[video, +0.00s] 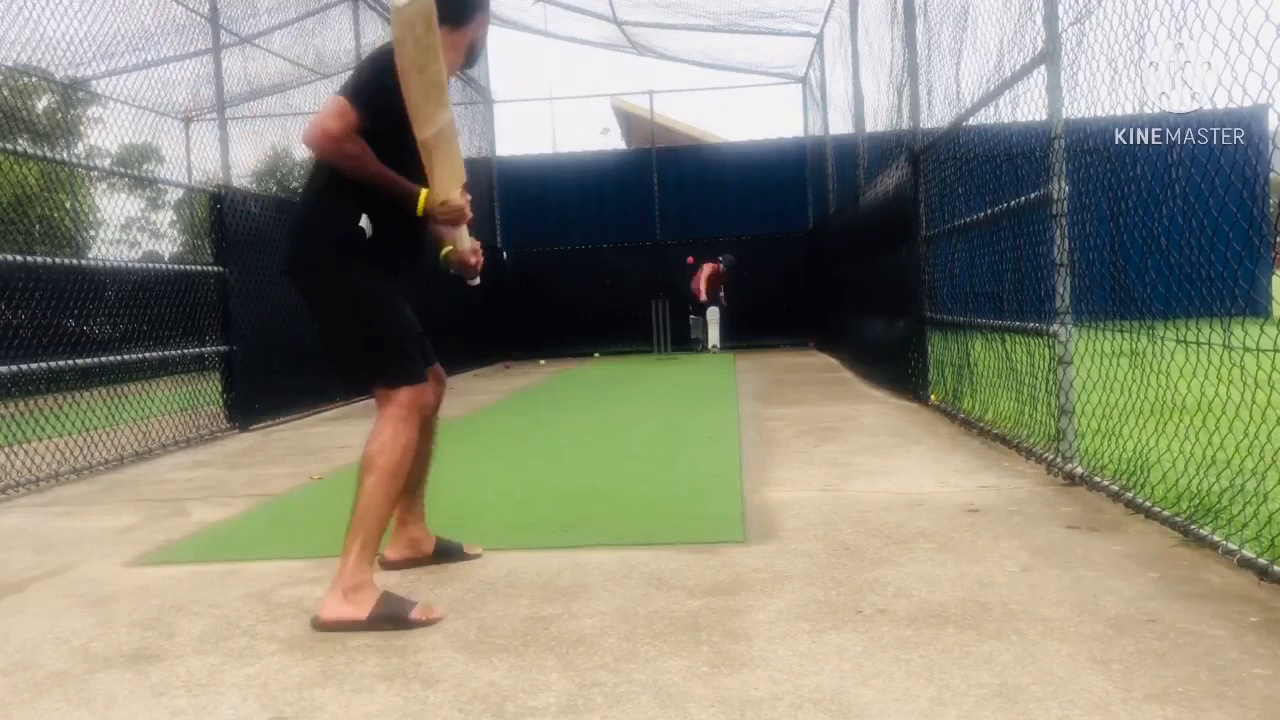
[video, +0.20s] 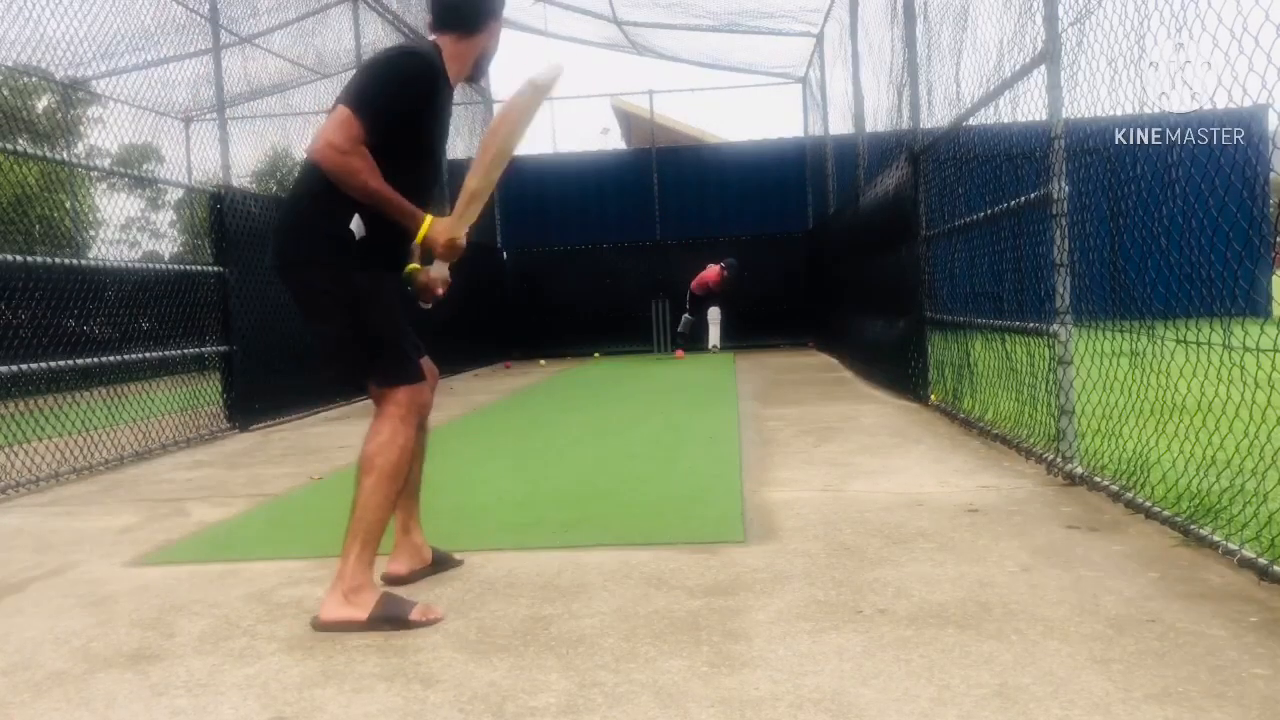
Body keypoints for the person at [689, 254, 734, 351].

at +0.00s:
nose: (724, 269)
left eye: (726, 268)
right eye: (724, 266)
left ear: (727, 267)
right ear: (720, 263)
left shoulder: (721, 273)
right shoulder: (709, 267)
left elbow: (720, 287)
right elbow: (703, 279)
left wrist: (722, 299)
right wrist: (703, 294)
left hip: (709, 292)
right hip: (697, 291)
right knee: (698, 315)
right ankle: (697, 340)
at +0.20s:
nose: (728, 275)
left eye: (729, 274)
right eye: (727, 273)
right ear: (723, 269)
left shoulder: (718, 268)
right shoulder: (714, 278)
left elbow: (710, 266)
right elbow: (717, 290)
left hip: (708, 292)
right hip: (695, 292)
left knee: (714, 313)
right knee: (691, 315)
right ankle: (681, 336)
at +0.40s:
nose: (725, 262)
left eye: (727, 260)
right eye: (724, 259)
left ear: (728, 261)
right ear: (719, 257)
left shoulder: (723, 269)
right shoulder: (708, 267)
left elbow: (721, 280)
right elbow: (703, 286)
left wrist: (722, 288)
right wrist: (714, 299)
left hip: (710, 290)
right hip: (694, 289)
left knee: (712, 314)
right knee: (689, 316)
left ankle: (714, 345)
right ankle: (684, 343)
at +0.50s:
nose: (721, 254)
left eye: (723, 252)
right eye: (719, 251)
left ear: (725, 254)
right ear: (714, 250)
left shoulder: (722, 266)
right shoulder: (704, 260)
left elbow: (720, 283)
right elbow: (694, 275)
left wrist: (723, 294)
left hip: (710, 292)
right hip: (695, 290)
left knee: (711, 315)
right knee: (690, 317)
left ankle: (714, 345)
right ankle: (690, 345)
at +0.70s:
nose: (709, 246)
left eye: (711, 244)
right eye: (707, 243)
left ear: (714, 245)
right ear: (703, 243)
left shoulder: (715, 259)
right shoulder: (694, 255)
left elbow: (716, 277)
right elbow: (684, 269)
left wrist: (719, 289)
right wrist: (689, 272)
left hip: (707, 290)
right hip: (693, 290)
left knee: (710, 316)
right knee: (691, 318)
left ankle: (714, 344)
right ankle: (693, 346)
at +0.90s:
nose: (699, 243)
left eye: (702, 241)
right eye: (697, 241)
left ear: (706, 243)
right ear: (694, 242)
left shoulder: (711, 257)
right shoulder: (687, 256)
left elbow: (715, 274)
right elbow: (682, 271)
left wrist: (717, 284)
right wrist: (687, 277)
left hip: (706, 289)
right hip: (691, 290)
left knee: (711, 316)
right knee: (691, 318)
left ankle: (716, 344)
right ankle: (693, 345)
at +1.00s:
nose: (697, 243)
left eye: (700, 240)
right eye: (695, 240)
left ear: (704, 242)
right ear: (692, 242)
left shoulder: (710, 256)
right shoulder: (686, 256)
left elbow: (716, 273)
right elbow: (682, 271)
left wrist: (718, 283)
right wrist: (686, 278)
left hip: (707, 289)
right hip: (691, 289)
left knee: (710, 315)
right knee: (691, 318)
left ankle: (717, 344)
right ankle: (693, 345)